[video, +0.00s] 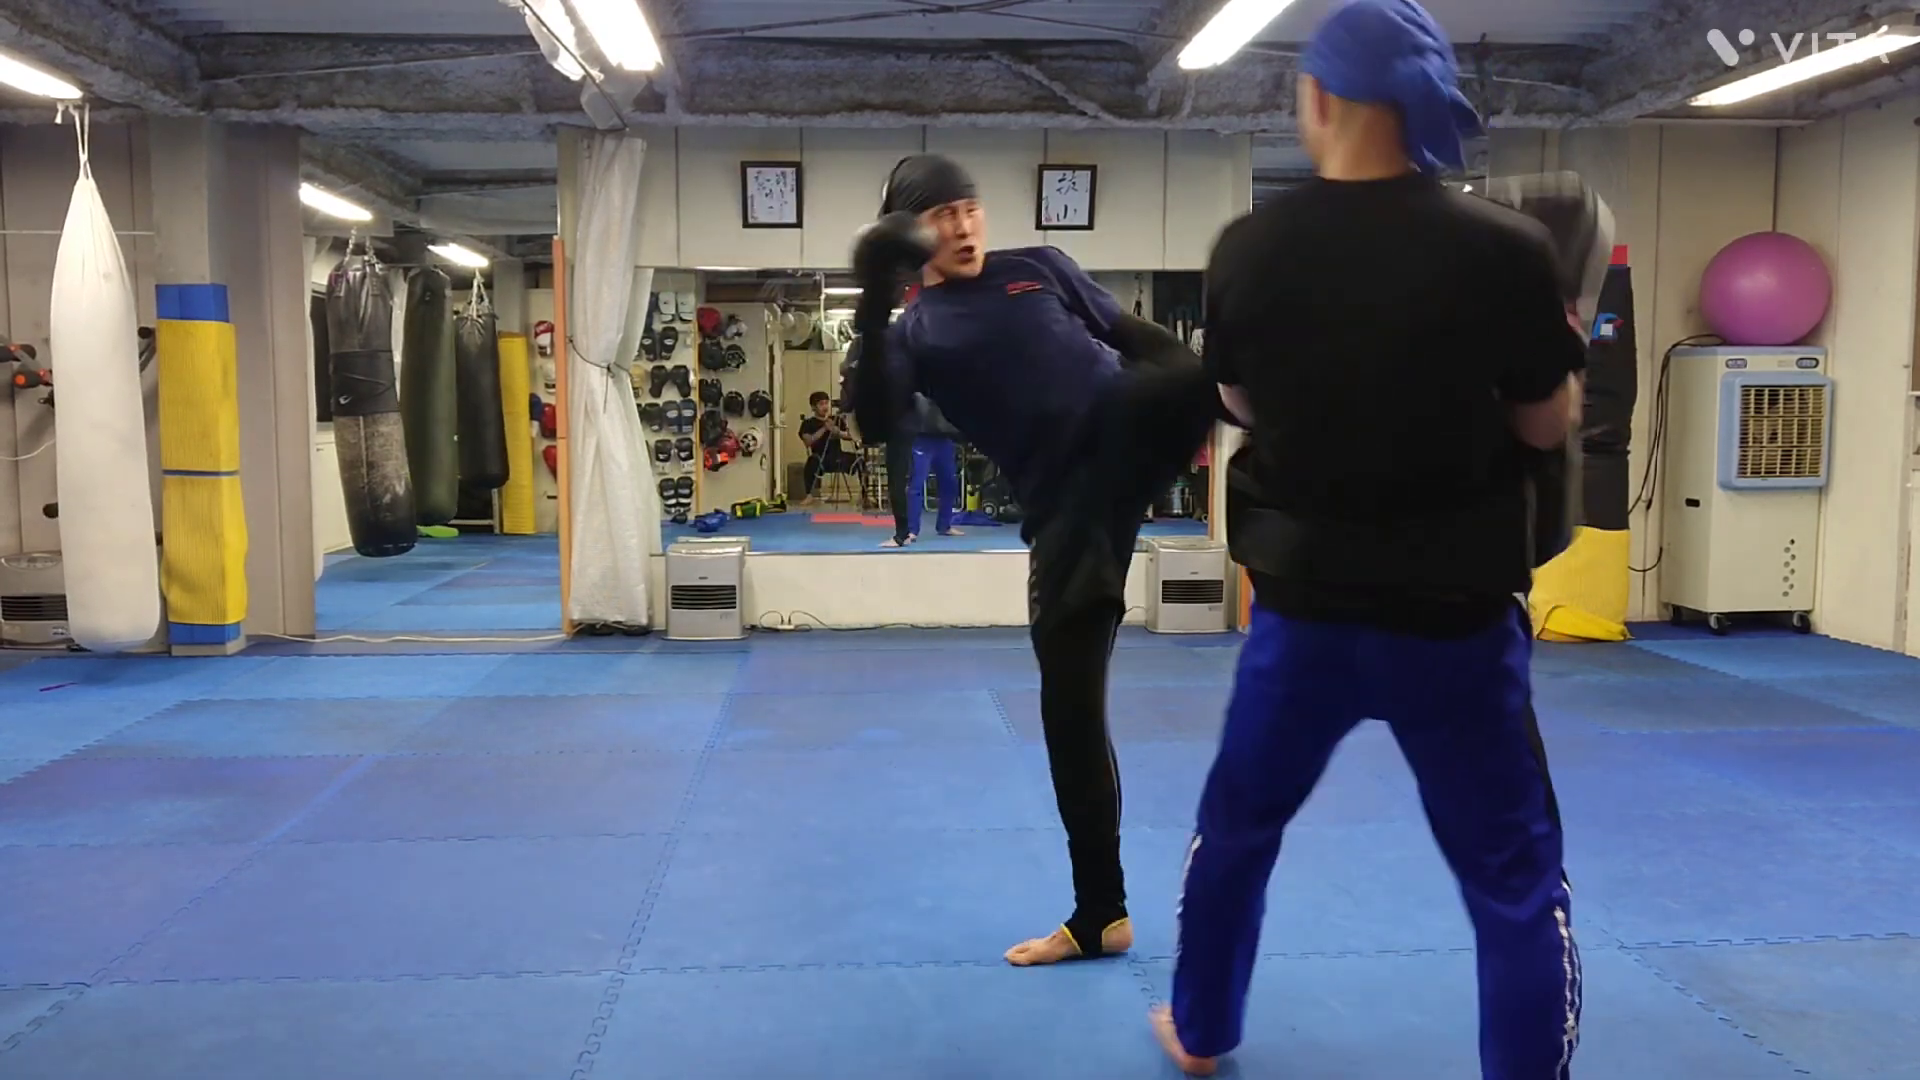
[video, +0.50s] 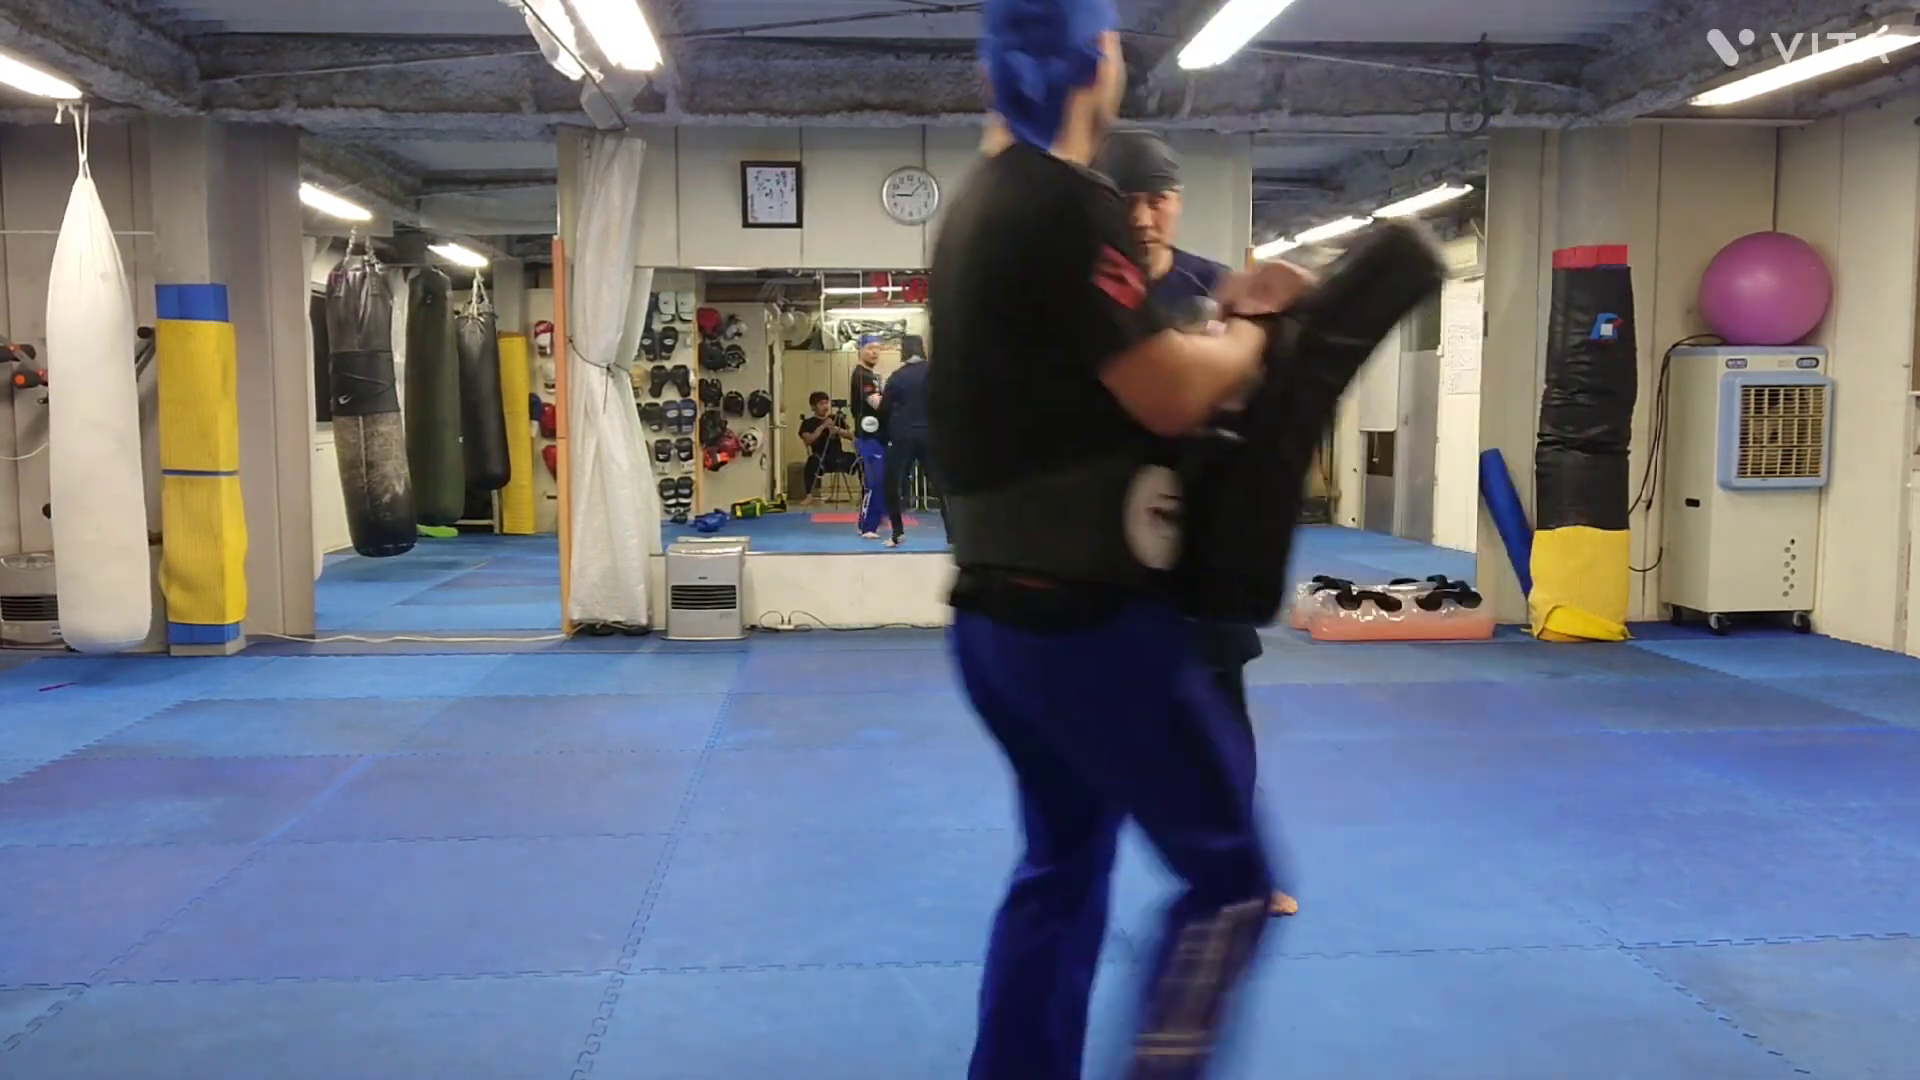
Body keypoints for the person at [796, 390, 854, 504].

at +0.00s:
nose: (825, 407)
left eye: (826, 403)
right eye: (821, 404)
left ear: (829, 404)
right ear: (814, 407)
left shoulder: (836, 420)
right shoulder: (808, 423)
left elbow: (849, 436)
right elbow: (808, 442)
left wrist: (835, 431)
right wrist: (825, 428)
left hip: (837, 456)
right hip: (819, 458)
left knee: (860, 461)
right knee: (811, 463)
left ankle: (864, 495)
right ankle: (809, 495)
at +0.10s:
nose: (825, 407)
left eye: (826, 403)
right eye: (821, 404)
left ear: (829, 404)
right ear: (814, 407)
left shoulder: (836, 419)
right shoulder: (807, 423)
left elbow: (848, 436)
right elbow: (807, 441)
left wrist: (835, 430)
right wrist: (824, 429)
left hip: (837, 456)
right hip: (819, 458)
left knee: (859, 461)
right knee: (811, 463)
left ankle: (864, 495)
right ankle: (809, 495)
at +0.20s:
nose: (825, 406)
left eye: (826, 403)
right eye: (821, 404)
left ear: (829, 404)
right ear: (814, 407)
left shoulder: (837, 419)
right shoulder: (808, 423)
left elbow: (849, 436)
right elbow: (808, 441)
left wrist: (835, 429)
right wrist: (824, 428)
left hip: (837, 456)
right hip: (819, 458)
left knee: (860, 461)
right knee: (811, 463)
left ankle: (864, 495)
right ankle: (809, 495)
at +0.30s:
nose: (825, 406)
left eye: (827, 403)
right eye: (821, 404)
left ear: (829, 404)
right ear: (814, 407)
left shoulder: (837, 419)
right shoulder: (808, 423)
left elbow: (848, 435)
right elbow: (807, 441)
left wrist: (835, 428)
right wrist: (822, 427)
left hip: (837, 456)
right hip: (819, 458)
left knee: (859, 461)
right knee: (811, 463)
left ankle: (864, 495)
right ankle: (808, 495)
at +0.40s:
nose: (825, 407)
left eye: (826, 403)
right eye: (821, 404)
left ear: (829, 404)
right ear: (813, 407)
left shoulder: (836, 419)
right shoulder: (808, 423)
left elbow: (849, 435)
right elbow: (807, 441)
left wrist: (837, 430)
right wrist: (823, 427)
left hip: (837, 455)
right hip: (819, 457)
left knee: (860, 462)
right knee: (811, 463)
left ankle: (864, 493)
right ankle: (809, 495)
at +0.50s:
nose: (825, 406)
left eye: (827, 403)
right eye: (821, 404)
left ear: (829, 404)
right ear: (814, 407)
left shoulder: (837, 418)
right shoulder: (808, 423)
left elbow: (850, 435)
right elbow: (808, 441)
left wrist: (837, 430)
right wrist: (823, 426)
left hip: (838, 456)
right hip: (820, 457)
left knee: (861, 461)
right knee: (811, 463)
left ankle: (865, 493)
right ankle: (809, 495)